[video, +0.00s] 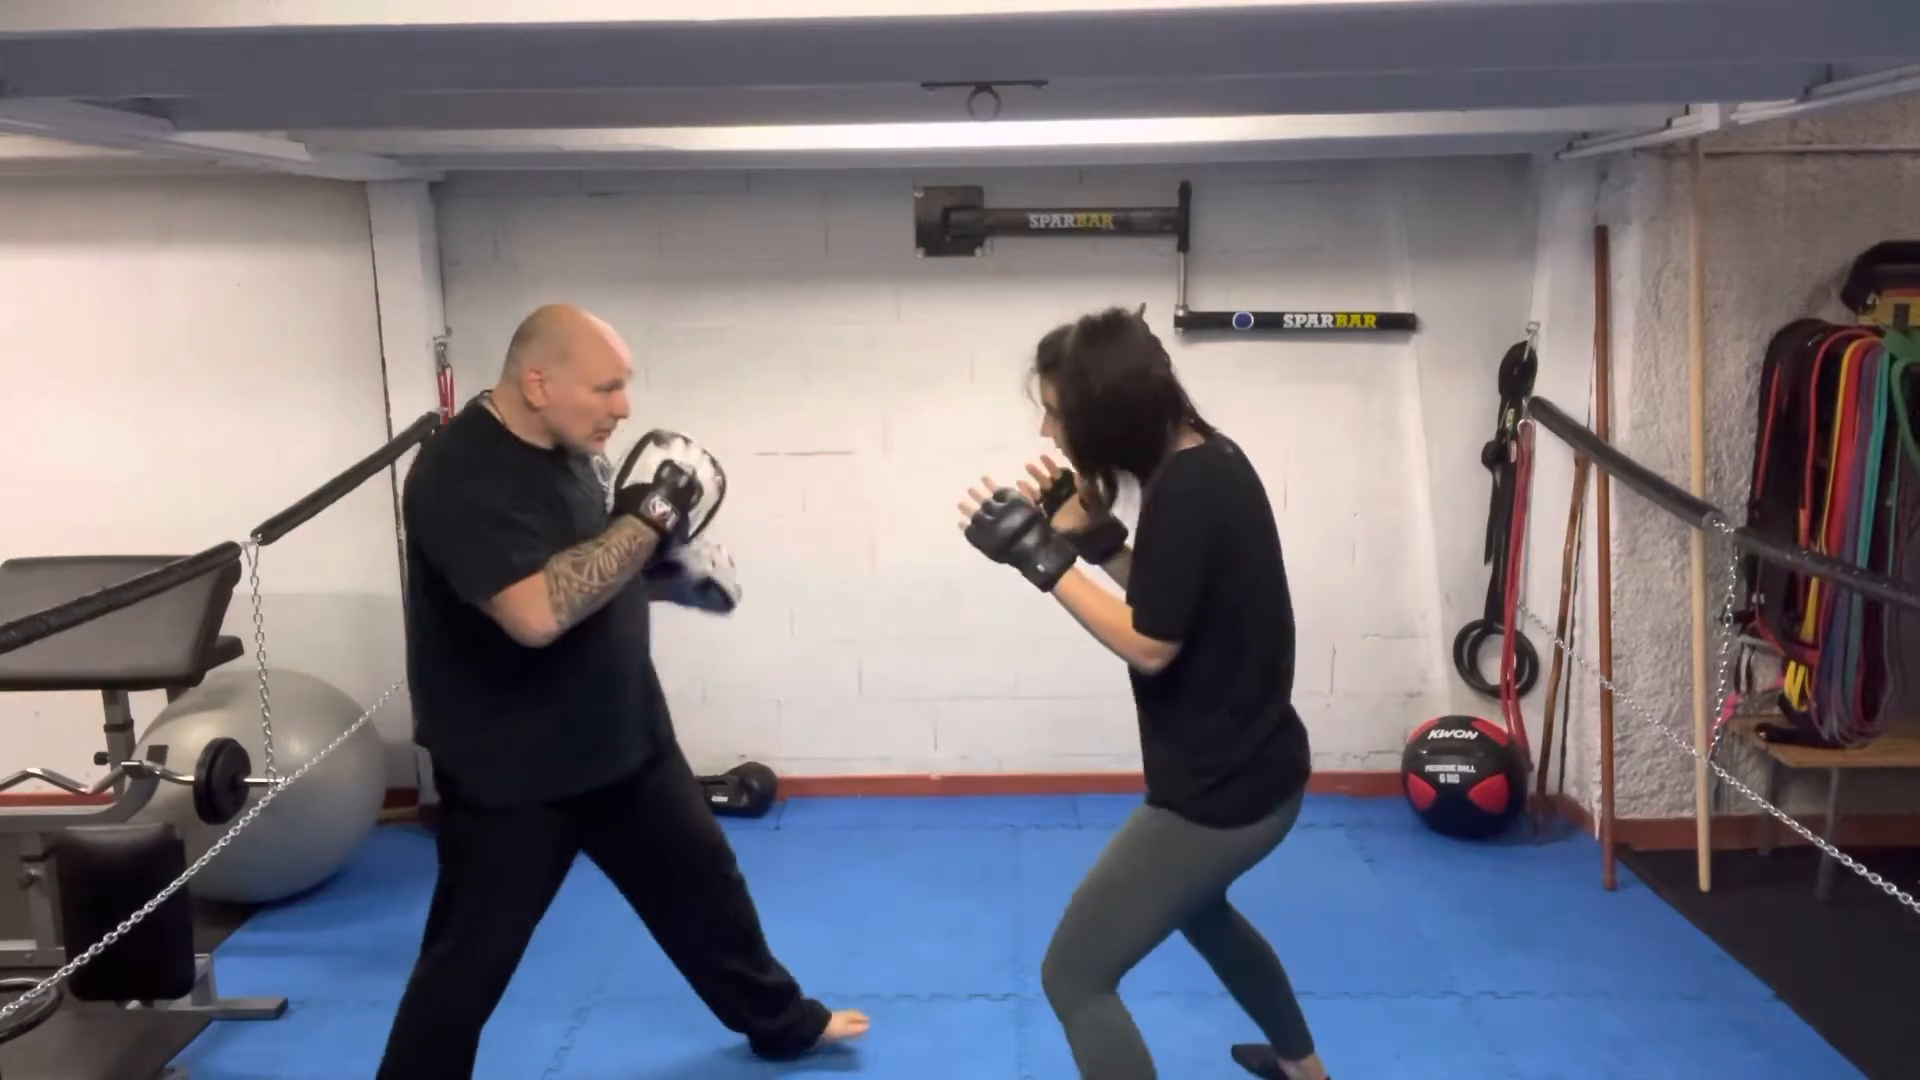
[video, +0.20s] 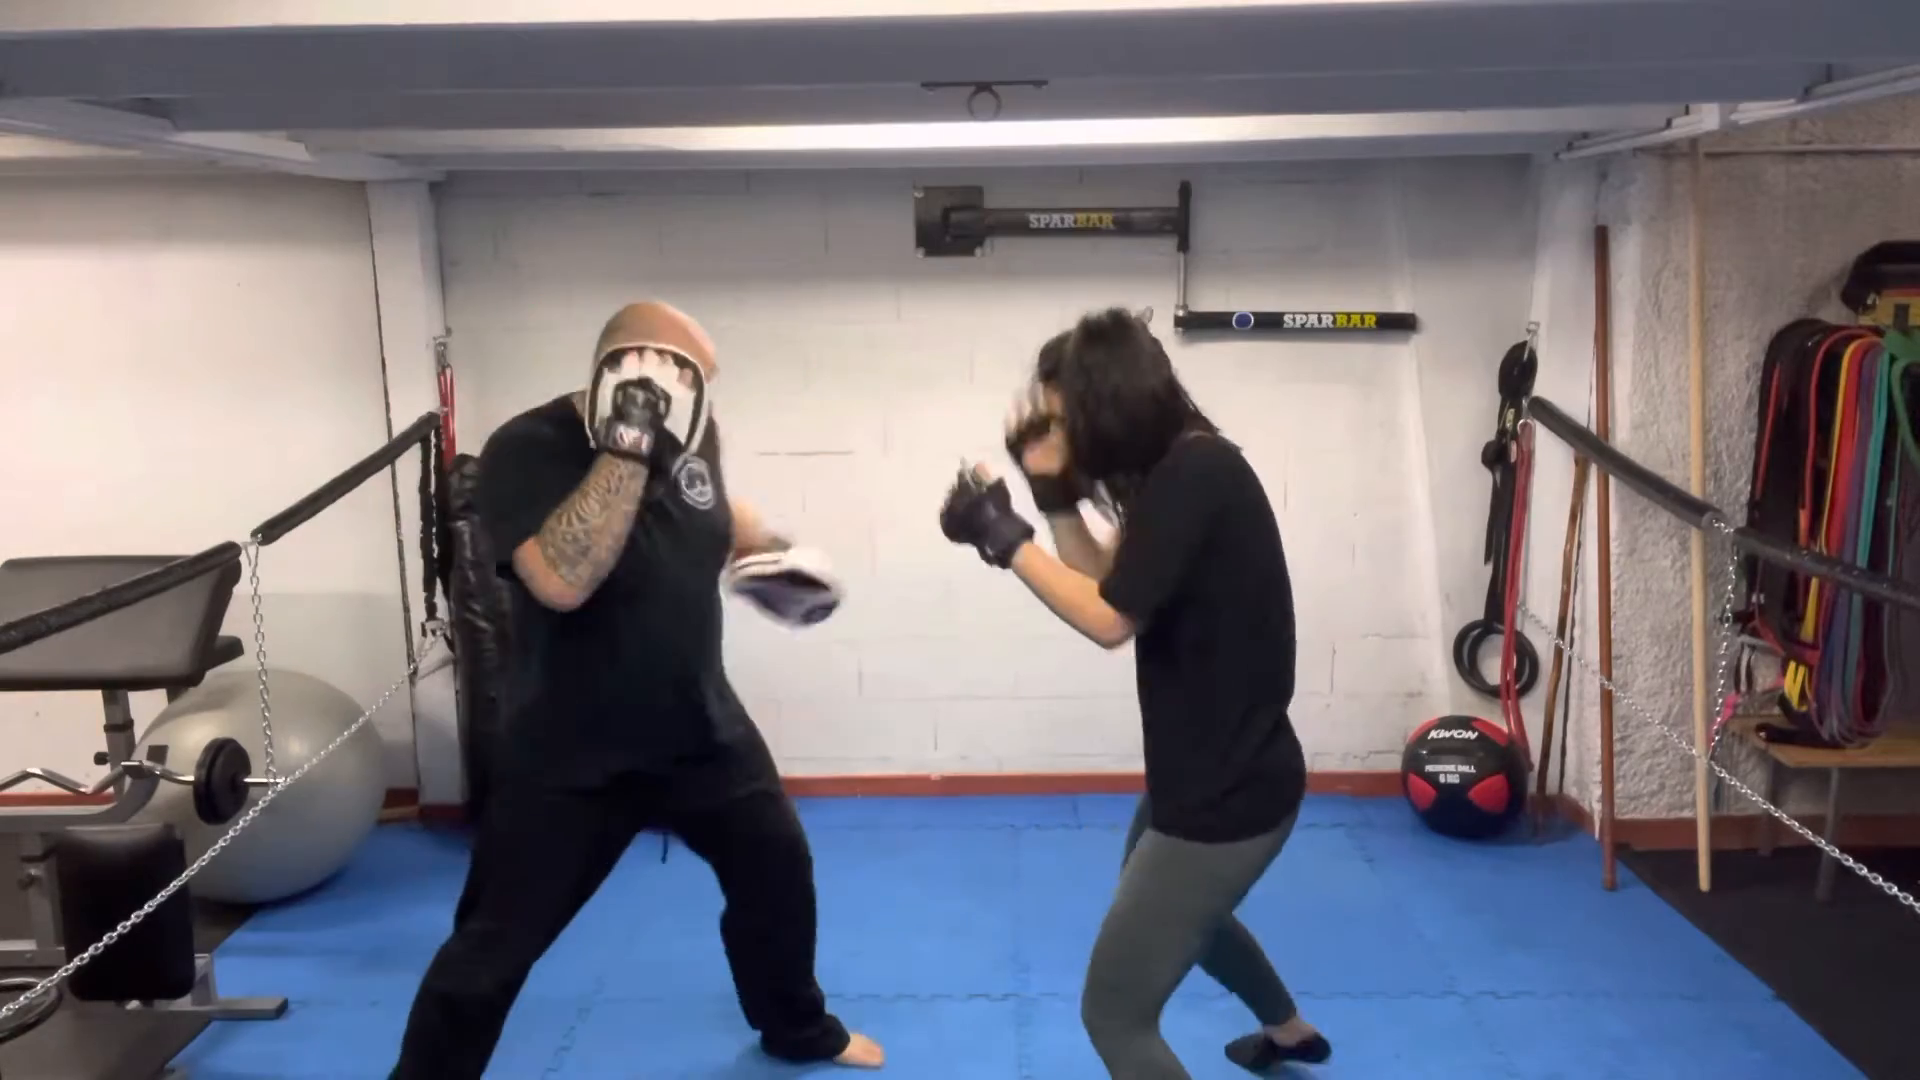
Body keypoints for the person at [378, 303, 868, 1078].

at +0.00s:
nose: (622, 407)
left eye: (624, 388)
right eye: (606, 388)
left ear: (545, 387)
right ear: (536, 384)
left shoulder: (558, 453)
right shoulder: (456, 473)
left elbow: (569, 565)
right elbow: (533, 612)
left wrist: (661, 575)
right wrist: (644, 526)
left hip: (617, 748)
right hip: (508, 775)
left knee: (703, 887)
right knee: (464, 970)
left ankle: (780, 1022)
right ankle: (412, 1074)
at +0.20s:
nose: (677, 394)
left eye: (691, 382)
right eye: (666, 373)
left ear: (702, 397)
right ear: (615, 370)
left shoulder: (691, 457)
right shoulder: (528, 448)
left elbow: (719, 526)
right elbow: (558, 578)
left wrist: (781, 556)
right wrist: (629, 444)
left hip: (700, 738)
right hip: (571, 753)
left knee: (776, 863)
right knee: (489, 953)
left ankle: (795, 1027)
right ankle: (424, 1070)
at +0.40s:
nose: (731, 399)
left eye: (739, 381)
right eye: (717, 379)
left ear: (743, 378)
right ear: (654, 371)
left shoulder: (764, 432)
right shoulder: (558, 428)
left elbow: (871, 452)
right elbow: (517, 541)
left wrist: (962, 426)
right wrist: (610, 428)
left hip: (716, 725)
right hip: (582, 732)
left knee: (787, 880)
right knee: (519, 926)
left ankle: (797, 1029)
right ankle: (452, 1072)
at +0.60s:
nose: (714, 405)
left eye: (717, 388)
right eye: (701, 387)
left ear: (709, 387)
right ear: (640, 380)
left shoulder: (739, 439)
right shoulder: (534, 438)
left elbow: (849, 464)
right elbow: (487, 548)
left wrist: (946, 442)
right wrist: (589, 443)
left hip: (704, 746)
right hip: (563, 754)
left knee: (777, 880)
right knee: (495, 949)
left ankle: (792, 1027)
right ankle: (446, 1072)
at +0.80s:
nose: (710, 381)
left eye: (715, 371)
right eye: (692, 364)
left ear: (723, 384)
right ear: (641, 370)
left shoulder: (733, 451)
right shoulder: (570, 428)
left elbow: (827, 502)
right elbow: (636, 485)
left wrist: (924, 474)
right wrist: (721, 367)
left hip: (686, 731)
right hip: (568, 742)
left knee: (767, 846)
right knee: (504, 940)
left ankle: (789, 1020)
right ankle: (447, 1072)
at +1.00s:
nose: (795, 381)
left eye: (797, 365)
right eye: (782, 364)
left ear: (728, 355)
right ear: (717, 356)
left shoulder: (759, 450)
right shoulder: (685, 412)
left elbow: (834, 522)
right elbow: (859, 406)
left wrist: (928, 485)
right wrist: (967, 342)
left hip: (728, 709)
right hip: (637, 711)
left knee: (789, 840)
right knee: (576, 913)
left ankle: (796, 1022)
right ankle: (450, 1070)